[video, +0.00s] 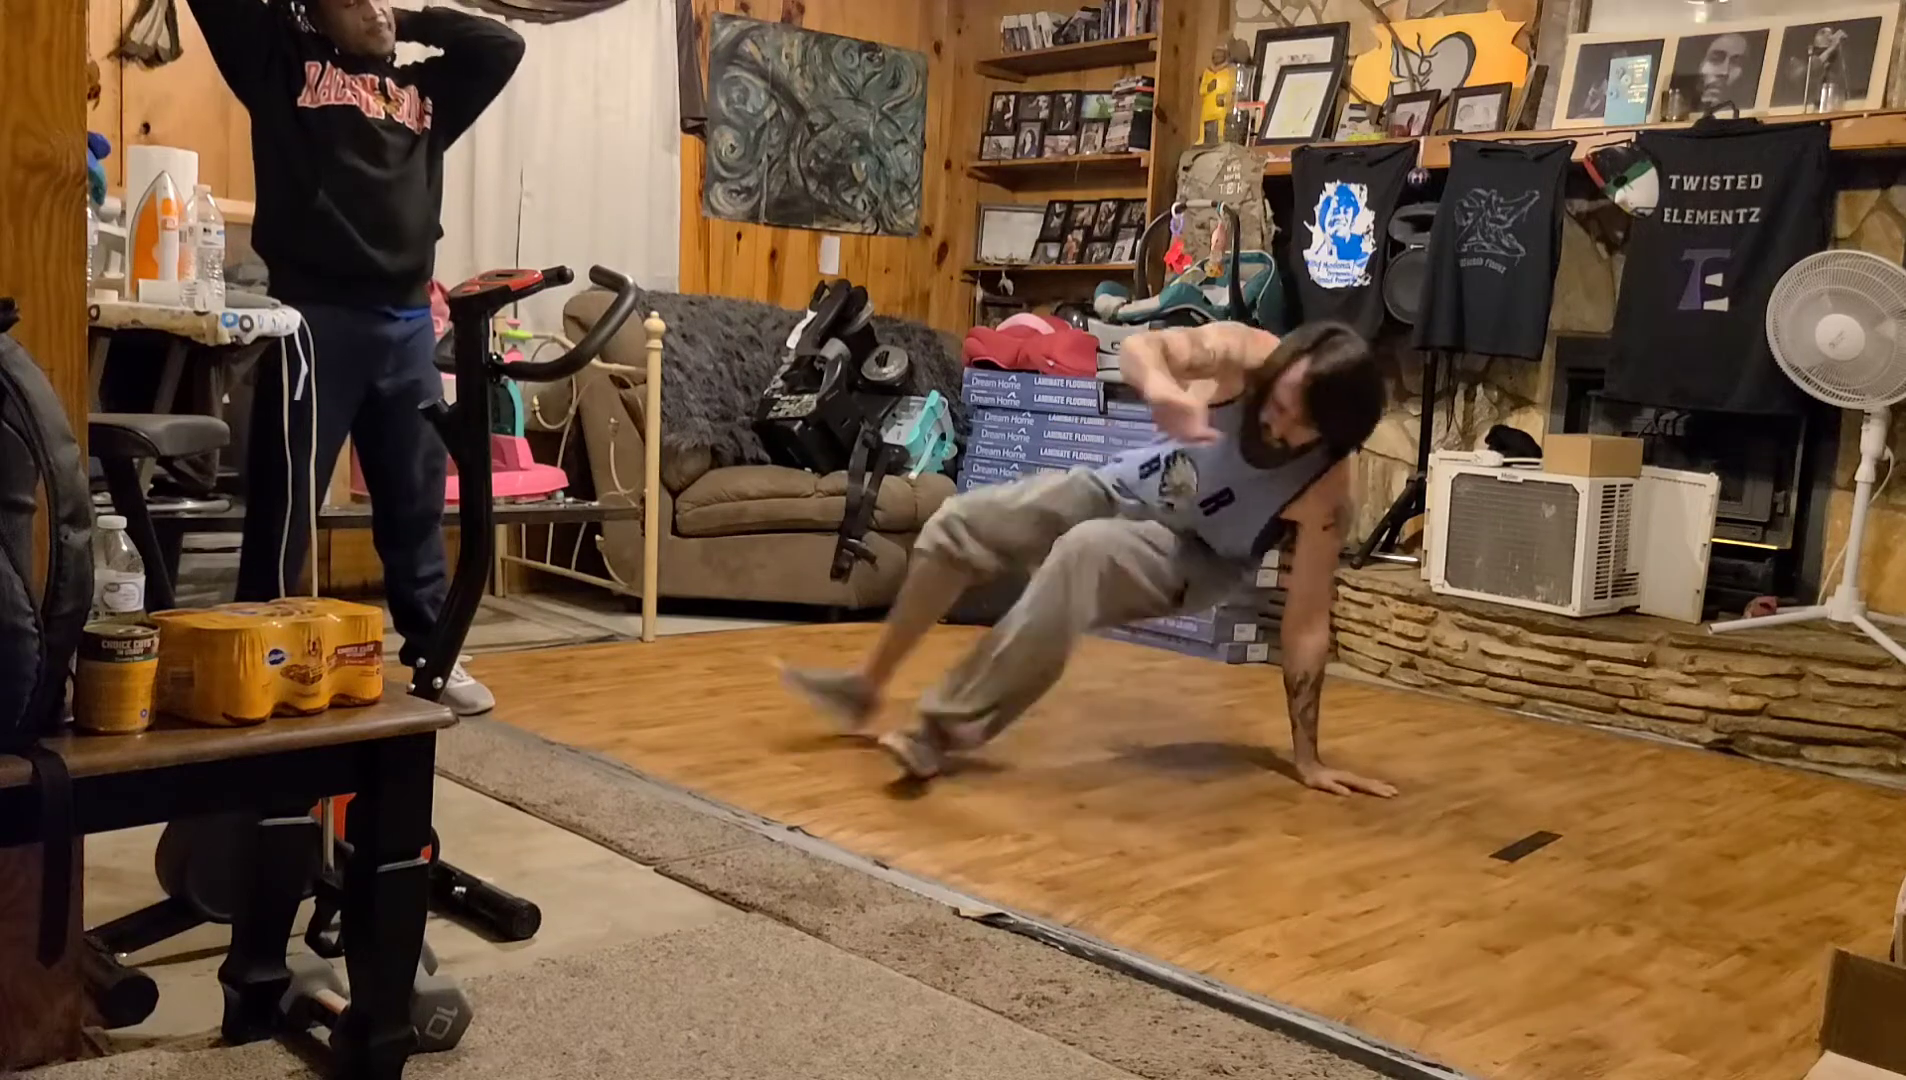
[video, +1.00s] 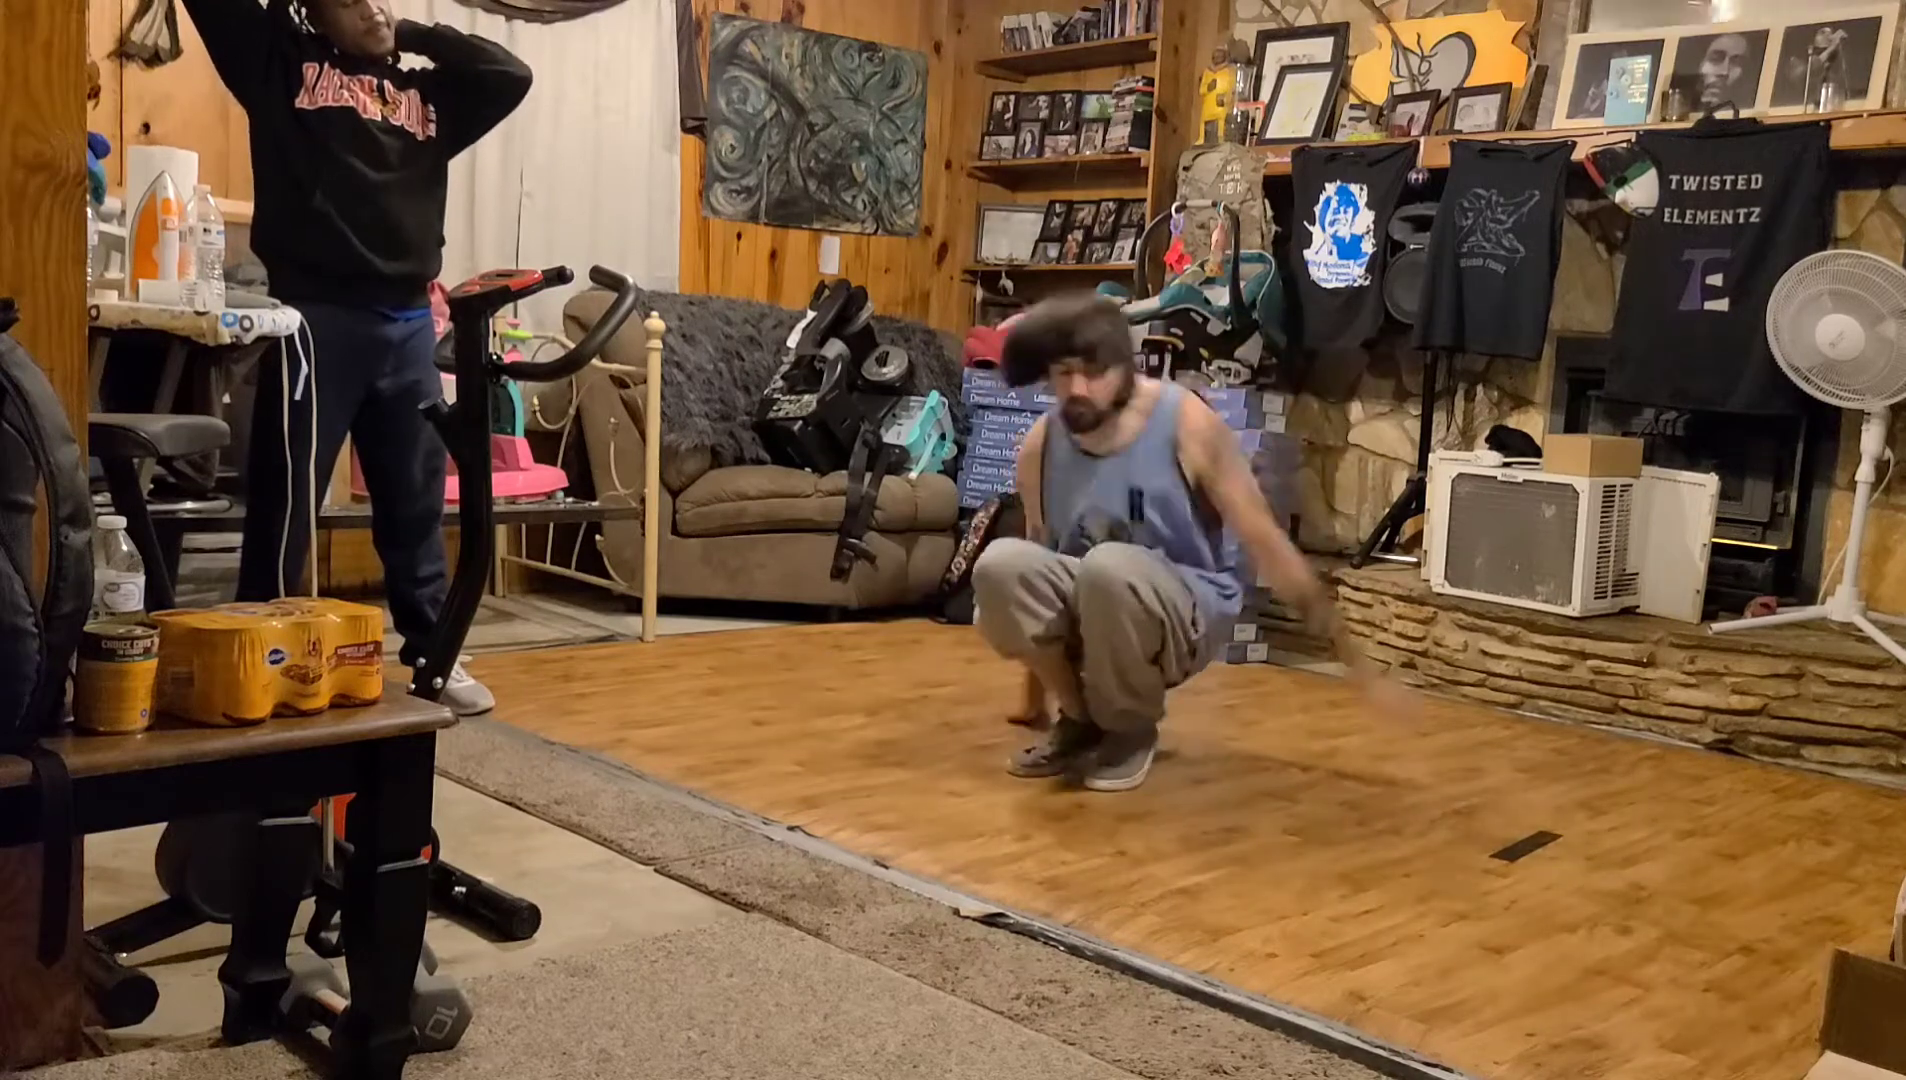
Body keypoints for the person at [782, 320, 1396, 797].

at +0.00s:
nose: (1277, 417)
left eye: (1298, 420)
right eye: (1280, 397)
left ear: (1329, 430)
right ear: (1282, 361)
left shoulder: (1323, 486)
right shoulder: (1248, 350)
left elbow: (1309, 624)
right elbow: (1141, 347)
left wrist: (1309, 760)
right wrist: (1170, 392)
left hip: (1196, 555)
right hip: (1138, 488)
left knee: (1085, 553)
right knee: (966, 522)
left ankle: (940, 737)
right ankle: (866, 690)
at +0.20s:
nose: (1284, 420)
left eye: (1308, 420)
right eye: (1286, 398)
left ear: (1349, 426)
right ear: (1291, 365)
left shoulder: (1330, 500)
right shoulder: (1252, 341)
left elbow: (1309, 624)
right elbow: (1139, 293)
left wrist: (1310, 755)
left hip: (1189, 561)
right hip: (1130, 503)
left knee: (1070, 505)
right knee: (954, 500)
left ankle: (977, 725)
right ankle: (885, 686)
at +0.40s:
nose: (1160, 421)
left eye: (1180, 411)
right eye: (1153, 401)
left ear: (1228, 417)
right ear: (1147, 385)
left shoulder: (1260, 490)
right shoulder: (1107, 402)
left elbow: (1281, 632)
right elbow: (1032, 490)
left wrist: (1317, 757)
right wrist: (942, 589)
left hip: (1202, 610)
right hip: (1109, 576)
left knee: (1083, 566)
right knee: (992, 544)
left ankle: (1149, 734)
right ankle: (1086, 717)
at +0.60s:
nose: (1034, 393)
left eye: (1045, 373)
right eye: (1017, 381)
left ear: (1077, 355)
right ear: (1008, 386)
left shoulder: (1140, 368)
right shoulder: (1029, 455)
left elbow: (1238, 371)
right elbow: (1055, 598)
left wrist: (1257, 383)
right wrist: (1055, 717)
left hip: (1211, 592)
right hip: (1112, 601)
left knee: (1122, 550)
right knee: (1016, 510)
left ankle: (1170, 727)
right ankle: (1101, 723)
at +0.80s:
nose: (1022, 379)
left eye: (1031, 358)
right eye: (1005, 369)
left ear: (1057, 342)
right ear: (992, 374)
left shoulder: (1110, 339)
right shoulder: (1025, 456)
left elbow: (1200, 293)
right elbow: (1050, 585)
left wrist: (1272, 229)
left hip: (1224, 549)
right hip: (1126, 570)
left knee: (1142, 511)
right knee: (1025, 514)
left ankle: (1168, 775)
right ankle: (1051, 758)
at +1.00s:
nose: (1077, 390)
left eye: (1093, 373)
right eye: (1062, 375)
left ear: (1127, 369)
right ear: (1046, 378)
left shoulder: (1190, 425)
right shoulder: (1039, 451)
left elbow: (1264, 539)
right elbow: (1036, 569)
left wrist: (1339, 638)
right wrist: (1037, 688)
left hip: (1191, 616)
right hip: (1088, 611)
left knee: (1107, 569)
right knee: (1001, 566)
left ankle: (1129, 730)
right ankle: (1076, 723)